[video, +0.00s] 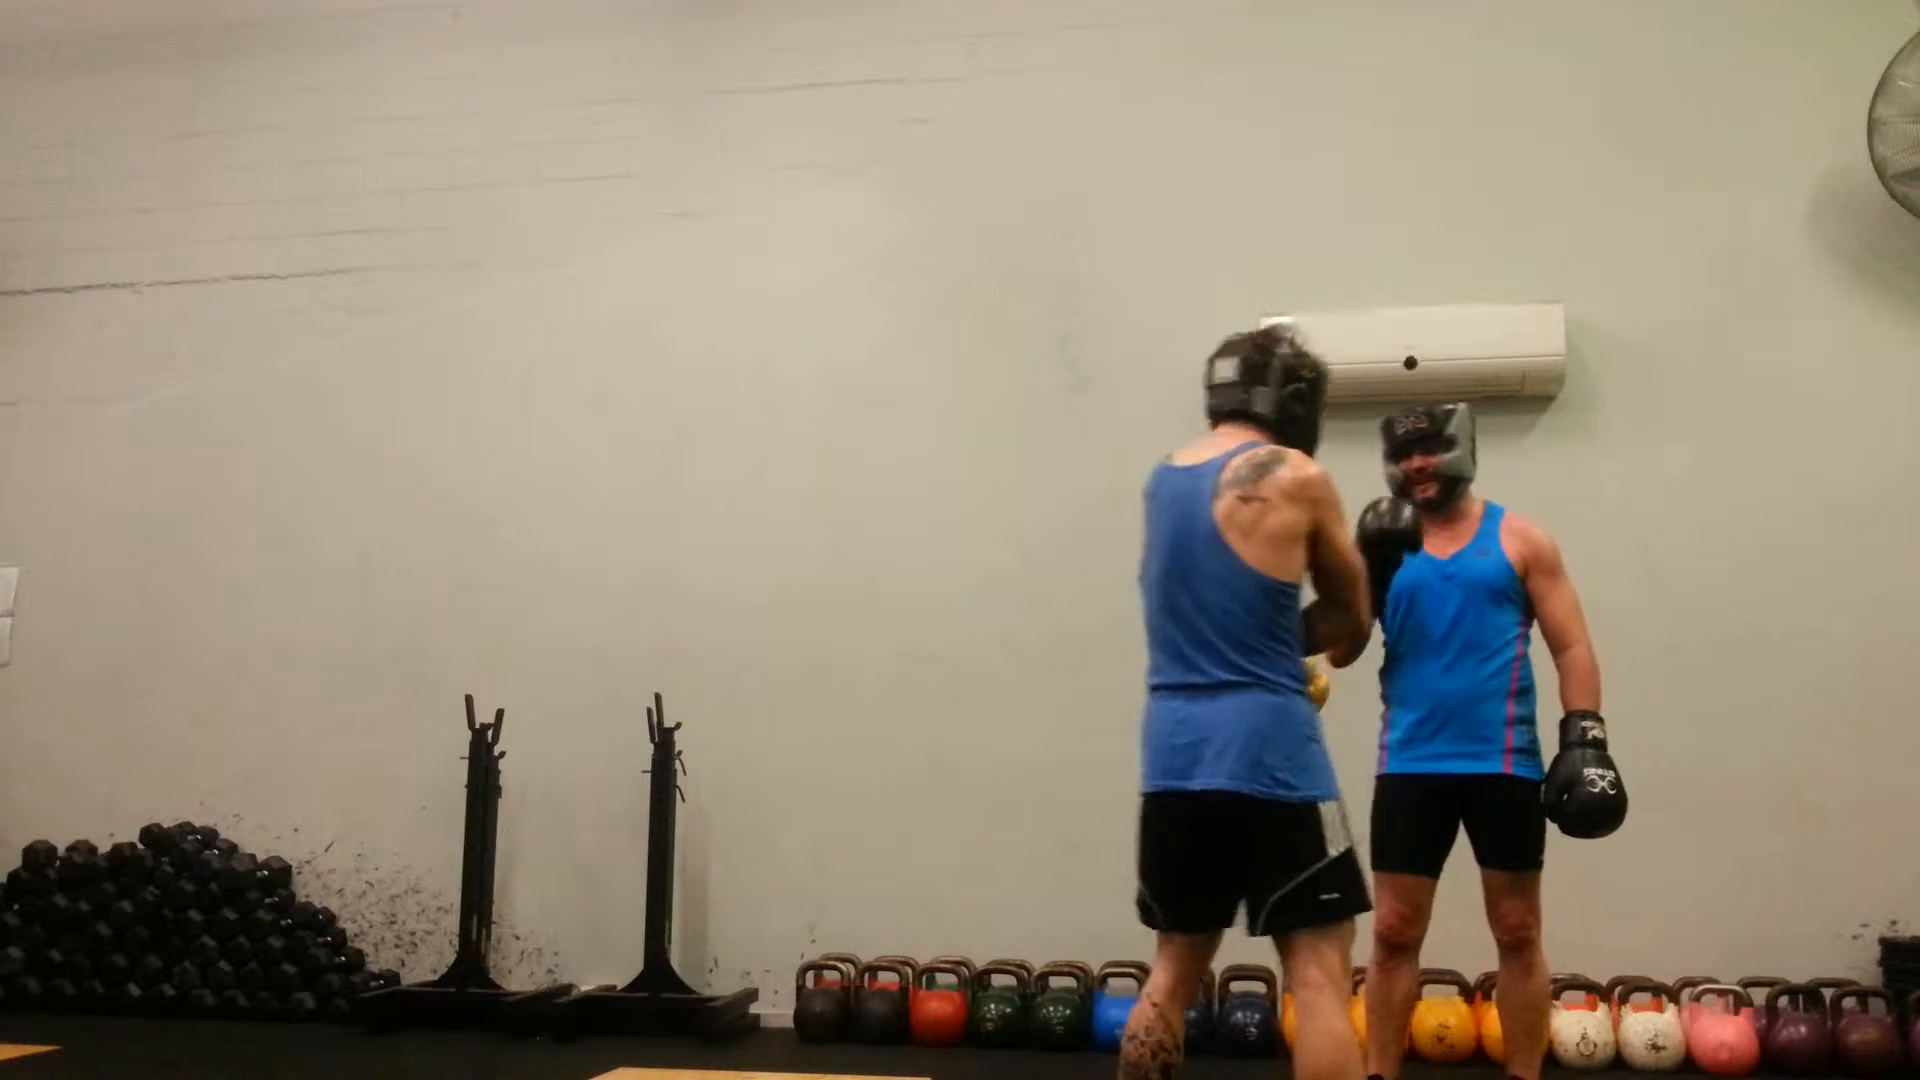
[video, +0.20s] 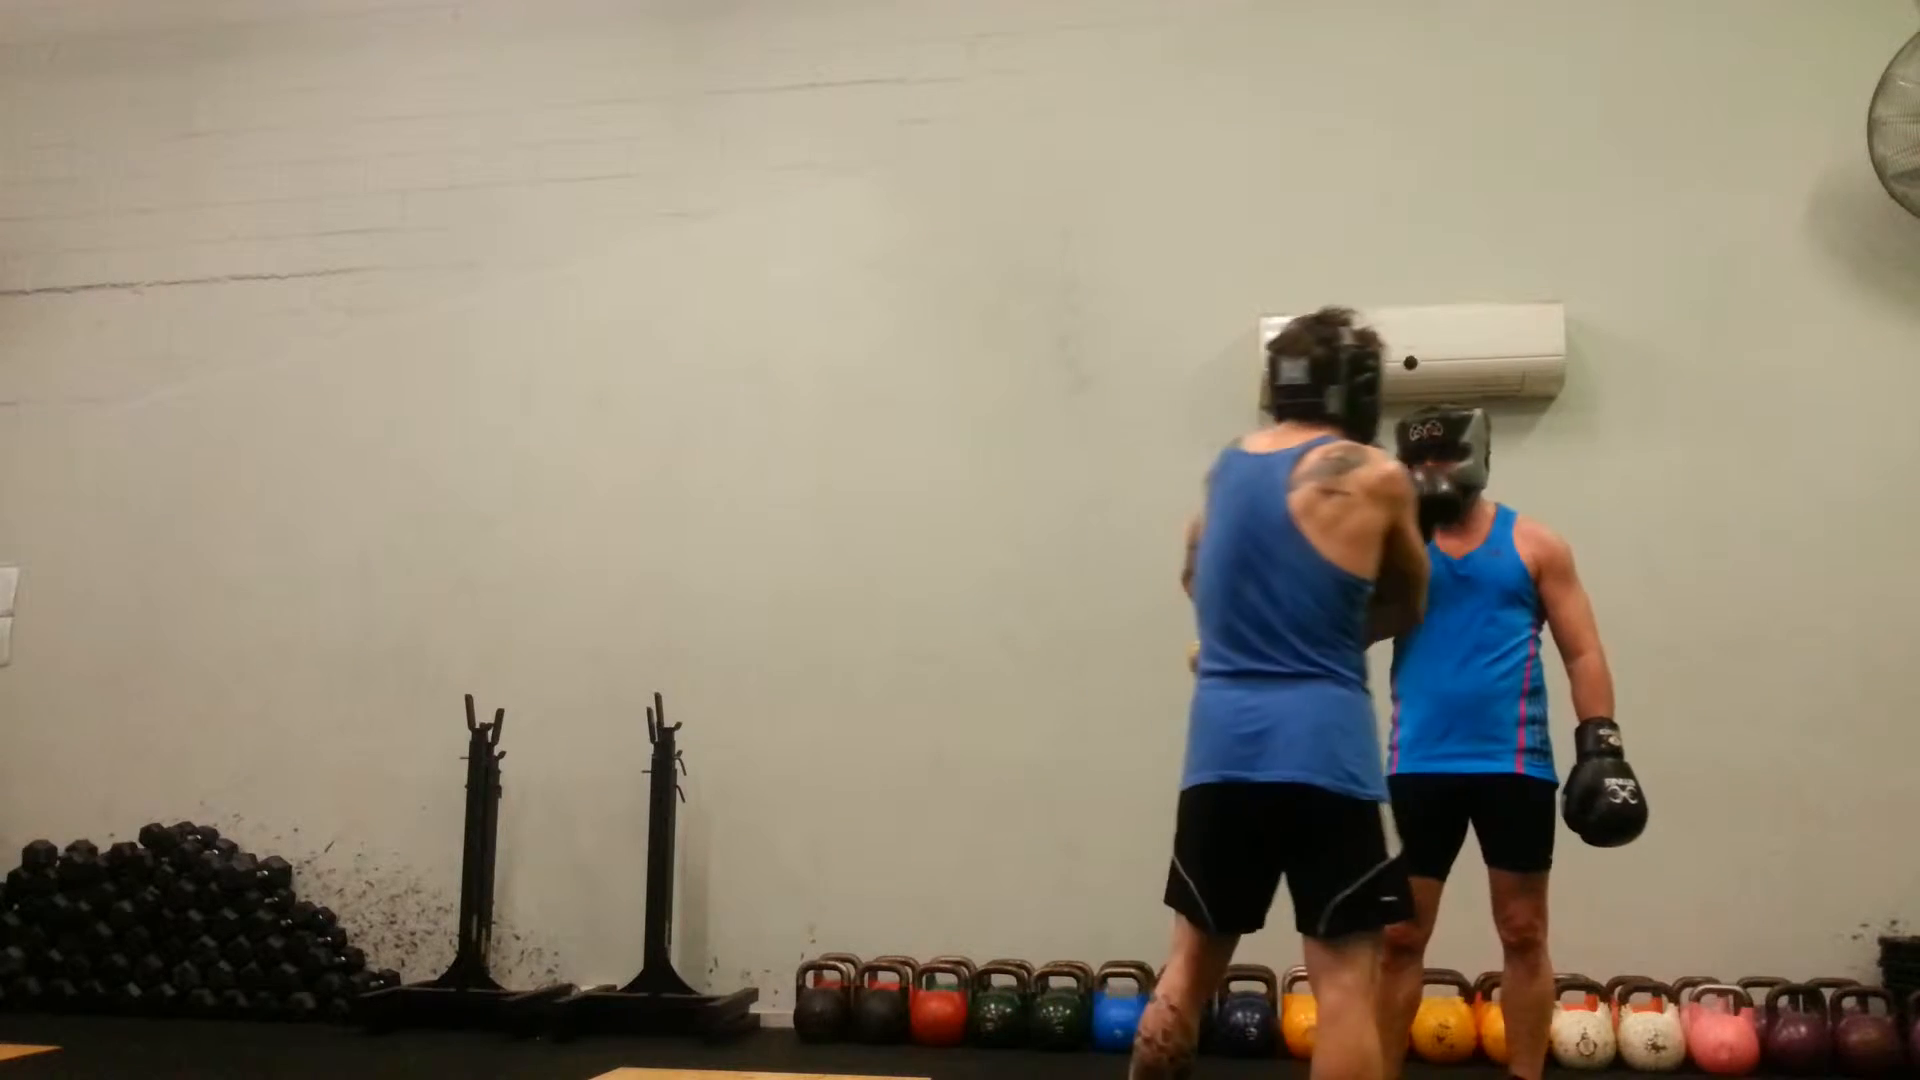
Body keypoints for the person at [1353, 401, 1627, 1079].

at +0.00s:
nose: (1418, 464)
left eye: (1432, 449)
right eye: (1403, 453)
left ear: (1463, 453)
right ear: (1389, 467)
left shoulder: (1519, 540)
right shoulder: (1386, 547)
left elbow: (1572, 645)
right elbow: (1339, 646)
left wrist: (1584, 742)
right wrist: (1366, 562)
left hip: (1503, 765)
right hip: (1411, 767)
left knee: (1517, 932)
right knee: (1394, 932)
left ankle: (1525, 1074)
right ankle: (1380, 1073)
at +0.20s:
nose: (1434, 474)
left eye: (1447, 460)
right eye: (1421, 462)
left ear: (1478, 463)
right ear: (1404, 469)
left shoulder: (1533, 545)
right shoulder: (1399, 548)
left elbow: (1583, 652)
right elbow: (1351, 624)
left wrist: (1600, 749)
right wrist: (1396, 510)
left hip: (1515, 766)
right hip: (1420, 767)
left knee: (1523, 934)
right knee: (1398, 940)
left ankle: (1527, 1073)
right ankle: (1382, 1075)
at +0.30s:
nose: (1441, 476)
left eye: (1452, 462)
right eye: (1429, 463)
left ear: (1479, 464)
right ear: (1412, 472)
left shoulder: (1539, 547)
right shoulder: (1404, 548)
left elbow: (1586, 655)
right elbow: (1359, 643)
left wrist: (1608, 754)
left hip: (1517, 768)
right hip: (1421, 767)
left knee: (1524, 933)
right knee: (1403, 935)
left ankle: (1526, 1073)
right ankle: (1382, 1070)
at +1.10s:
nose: (1443, 480)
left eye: (1454, 463)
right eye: (1430, 469)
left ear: (1478, 466)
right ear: (1414, 481)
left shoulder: (1538, 541)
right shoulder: (1397, 546)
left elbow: (1586, 646)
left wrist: (1601, 741)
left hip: (1508, 765)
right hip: (1413, 765)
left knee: (1519, 934)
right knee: (1391, 945)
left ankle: (1525, 1072)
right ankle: (1384, 1069)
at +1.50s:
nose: (1448, 470)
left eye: (1459, 450)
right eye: (1432, 450)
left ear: (1485, 465)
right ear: (1412, 472)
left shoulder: (1536, 542)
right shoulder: (1394, 550)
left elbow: (1588, 648)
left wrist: (1607, 743)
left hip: (1515, 766)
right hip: (1418, 765)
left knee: (1523, 937)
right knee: (1398, 934)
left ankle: (1531, 1066)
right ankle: (1380, 1068)